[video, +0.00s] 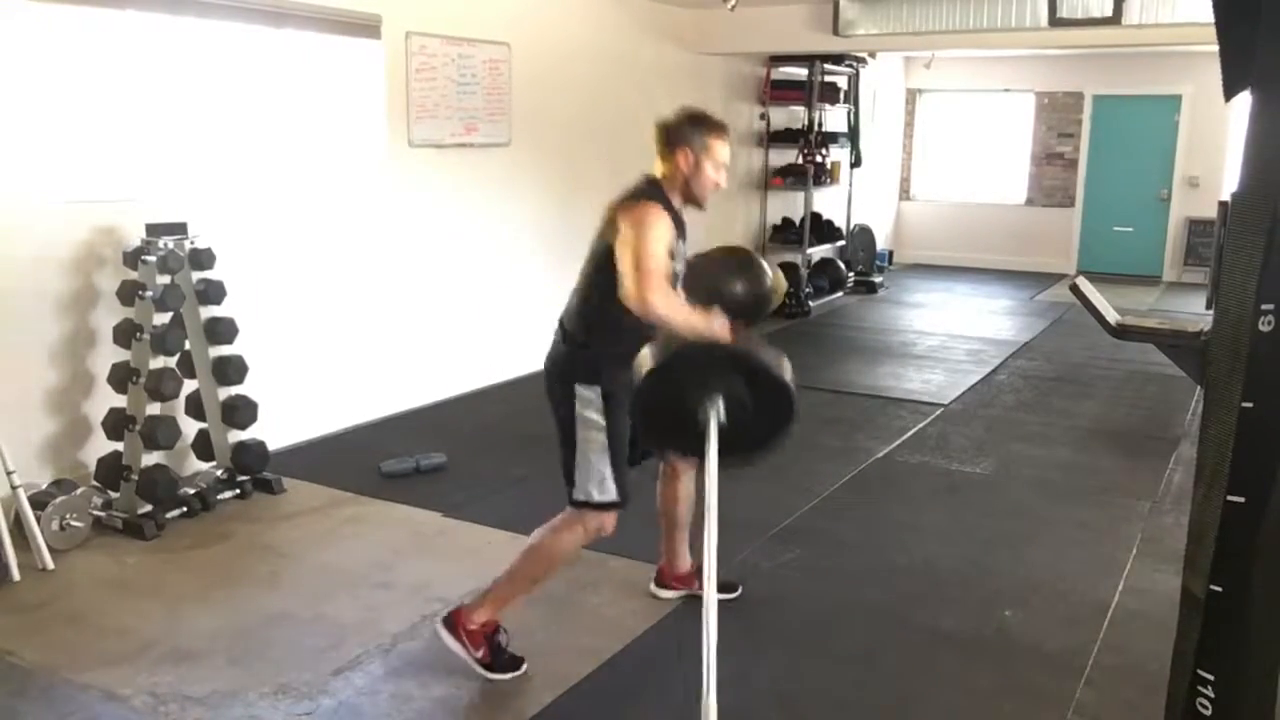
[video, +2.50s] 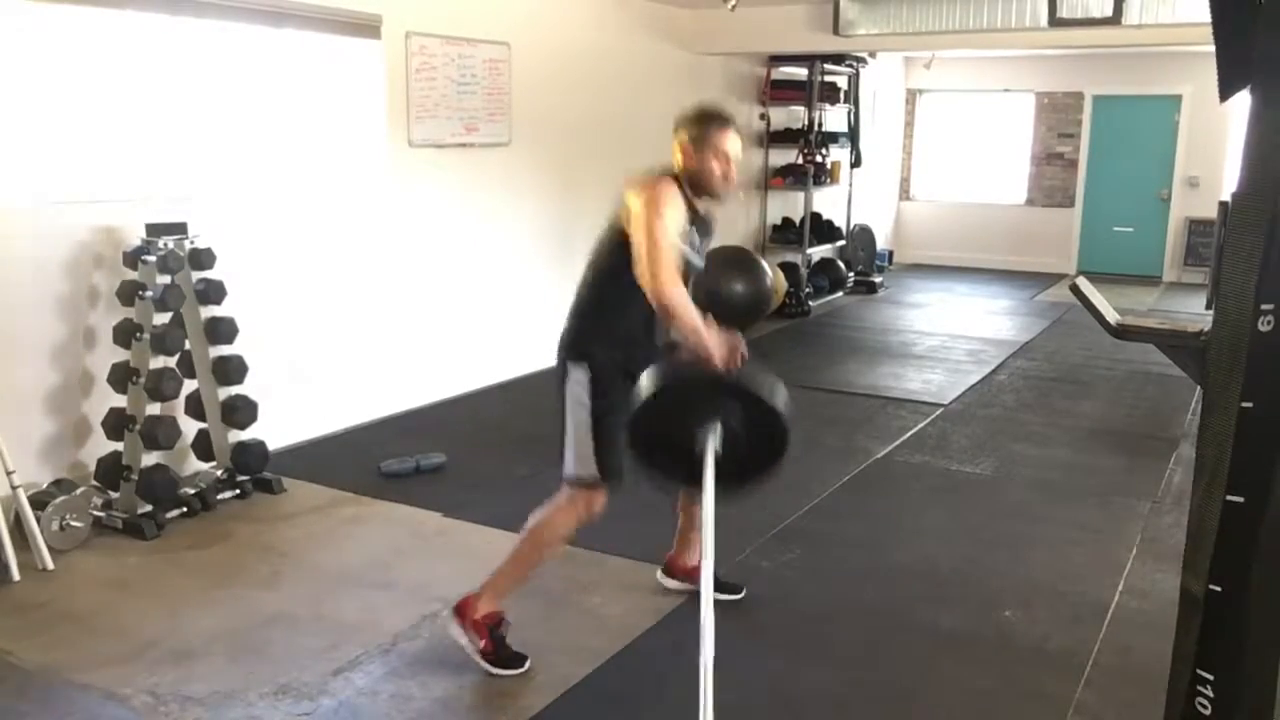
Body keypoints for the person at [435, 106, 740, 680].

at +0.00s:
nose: (723, 179)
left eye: (724, 166)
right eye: (717, 165)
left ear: (686, 161)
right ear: (683, 159)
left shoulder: (665, 211)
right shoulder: (647, 214)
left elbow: (662, 294)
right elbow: (648, 299)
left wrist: (709, 318)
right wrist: (715, 327)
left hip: (622, 363)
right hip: (586, 369)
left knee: (683, 449)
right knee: (595, 516)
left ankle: (676, 568)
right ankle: (475, 618)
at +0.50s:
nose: (746, 275)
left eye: (748, 264)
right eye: (743, 262)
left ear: (700, 257)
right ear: (712, 258)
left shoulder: (640, 283)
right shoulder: (706, 326)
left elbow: (581, 346)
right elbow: (707, 436)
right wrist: (700, 518)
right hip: (592, 435)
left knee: (693, 446)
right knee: (611, 579)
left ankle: (677, 557)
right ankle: (473, 627)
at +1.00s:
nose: (653, 150)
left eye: (664, 140)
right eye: (645, 138)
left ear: (684, 141)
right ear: (630, 133)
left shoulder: (693, 192)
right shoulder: (594, 179)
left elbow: (735, 252)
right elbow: (532, 239)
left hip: (667, 355)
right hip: (598, 352)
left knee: (690, 475)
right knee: (558, 478)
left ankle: (731, 538)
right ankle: (528, 609)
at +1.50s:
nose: (671, 148)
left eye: (678, 136)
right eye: (660, 134)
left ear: (684, 135)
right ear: (625, 128)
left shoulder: (690, 179)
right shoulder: (582, 182)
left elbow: (711, 252)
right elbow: (563, 272)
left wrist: (690, 222)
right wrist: (619, 240)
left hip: (657, 348)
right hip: (587, 353)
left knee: (705, 452)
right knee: (577, 497)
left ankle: (695, 550)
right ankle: (510, 610)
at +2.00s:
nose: (755, 272)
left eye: (757, 260)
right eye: (752, 259)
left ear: (712, 254)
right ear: (722, 256)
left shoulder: (667, 285)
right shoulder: (700, 328)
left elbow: (664, 374)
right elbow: (697, 438)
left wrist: (698, 439)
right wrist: (702, 513)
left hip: (616, 406)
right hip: (581, 422)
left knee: (694, 441)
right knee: (618, 551)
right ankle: (482, 612)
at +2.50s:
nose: (731, 170)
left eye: (734, 158)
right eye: (721, 156)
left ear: (726, 158)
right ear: (687, 152)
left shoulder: (696, 214)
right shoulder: (657, 194)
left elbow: (685, 288)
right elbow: (659, 281)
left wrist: (710, 336)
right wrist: (706, 337)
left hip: (645, 356)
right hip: (596, 356)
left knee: (701, 438)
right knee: (586, 494)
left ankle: (686, 558)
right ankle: (480, 610)